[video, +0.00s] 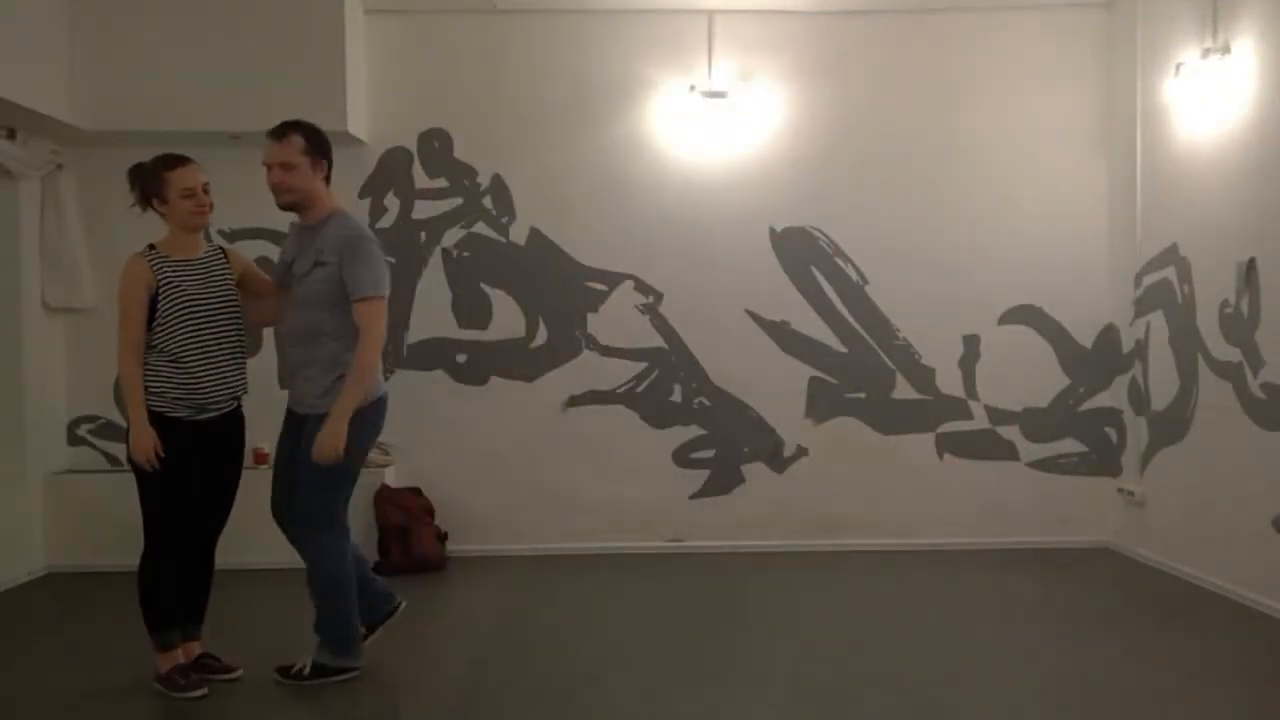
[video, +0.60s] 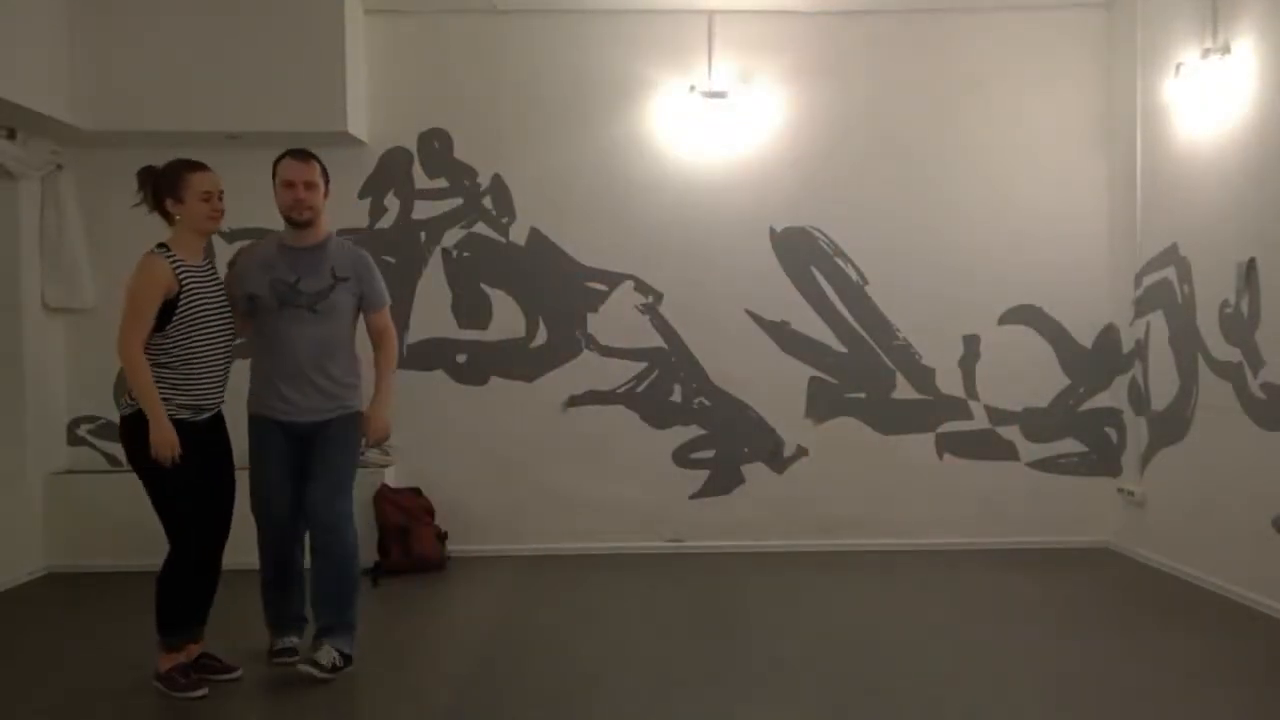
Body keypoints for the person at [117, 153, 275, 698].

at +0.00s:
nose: (203, 201)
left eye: (206, 191)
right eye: (188, 195)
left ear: (211, 196)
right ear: (159, 205)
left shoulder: (227, 260)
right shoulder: (143, 268)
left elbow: (282, 303)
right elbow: (130, 354)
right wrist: (138, 423)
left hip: (223, 423)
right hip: (166, 427)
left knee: (204, 538)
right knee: (166, 540)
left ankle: (192, 648)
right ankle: (167, 659)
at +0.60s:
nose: (218, 206)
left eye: (220, 197)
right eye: (206, 197)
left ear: (219, 204)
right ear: (173, 206)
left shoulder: (206, 266)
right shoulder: (158, 267)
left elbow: (212, 333)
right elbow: (129, 349)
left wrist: (262, 318)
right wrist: (159, 420)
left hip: (205, 419)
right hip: (161, 424)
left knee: (212, 535)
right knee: (188, 539)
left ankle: (190, 649)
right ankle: (169, 659)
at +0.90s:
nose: (209, 211)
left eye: (210, 202)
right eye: (199, 201)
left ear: (190, 208)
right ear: (163, 202)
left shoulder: (191, 267)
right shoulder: (136, 265)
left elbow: (198, 332)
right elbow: (126, 344)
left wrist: (229, 282)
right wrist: (208, 357)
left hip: (186, 421)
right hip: (135, 424)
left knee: (205, 531)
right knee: (154, 541)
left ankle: (187, 650)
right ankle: (87, 640)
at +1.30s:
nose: (238, 216)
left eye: (240, 207)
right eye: (230, 206)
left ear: (214, 211)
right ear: (194, 207)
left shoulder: (206, 268)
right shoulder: (170, 268)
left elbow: (214, 330)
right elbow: (155, 353)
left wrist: (243, 276)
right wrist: (186, 423)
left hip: (209, 425)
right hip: (165, 428)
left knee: (214, 542)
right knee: (201, 541)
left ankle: (176, 654)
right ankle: (133, 624)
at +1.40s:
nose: (251, 212)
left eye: (253, 203)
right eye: (243, 202)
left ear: (223, 207)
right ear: (208, 201)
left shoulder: (220, 265)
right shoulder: (182, 263)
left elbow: (224, 330)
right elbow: (156, 347)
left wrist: (254, 279)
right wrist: (142, 431)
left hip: (214, 423)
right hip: (184, 423)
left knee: (204, 534)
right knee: (240, 526)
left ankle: (179, 649)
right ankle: (184, 640)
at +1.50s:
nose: (266, 210)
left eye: (267, 201)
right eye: (257, 200)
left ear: (234, 204)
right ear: (222, 199)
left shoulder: (235, 263)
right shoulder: (195, 262)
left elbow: (237, 316)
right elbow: (153, 338)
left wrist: (271, 270)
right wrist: (127, 415)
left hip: (222, 421)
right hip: (194, 422)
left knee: (196, 540)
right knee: (258, 528)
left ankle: (174, 654)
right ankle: (245, 658)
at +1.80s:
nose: (303, 208)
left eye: (305, 199)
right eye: (296, 197)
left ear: (270, 200)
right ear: (261, 197)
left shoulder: (280, 259)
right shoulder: (227, 265)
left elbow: (288, 306)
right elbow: (194, 349)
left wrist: (317, 264)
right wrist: (174, 426)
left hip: (282, 419)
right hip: (244, 422)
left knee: (281, 539)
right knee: (282, 540)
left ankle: (197, 630)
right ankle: (281, 667)